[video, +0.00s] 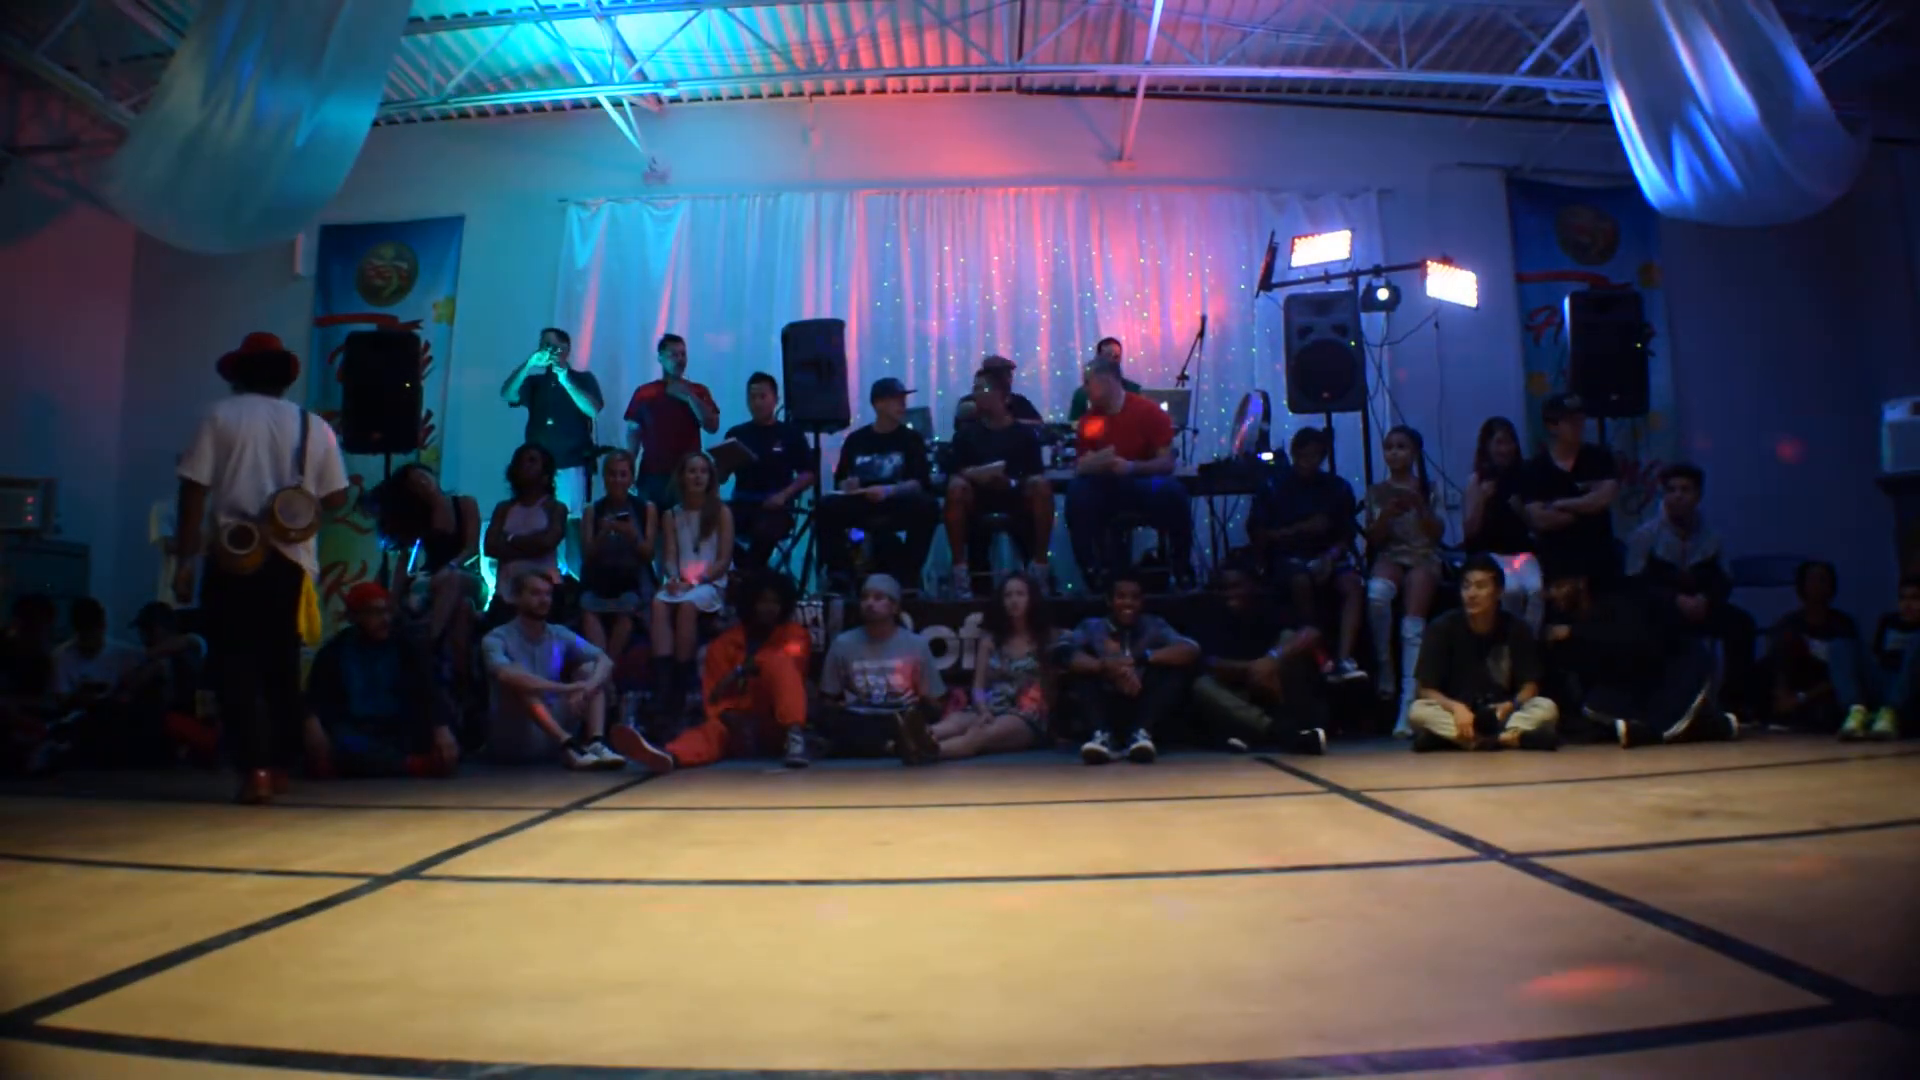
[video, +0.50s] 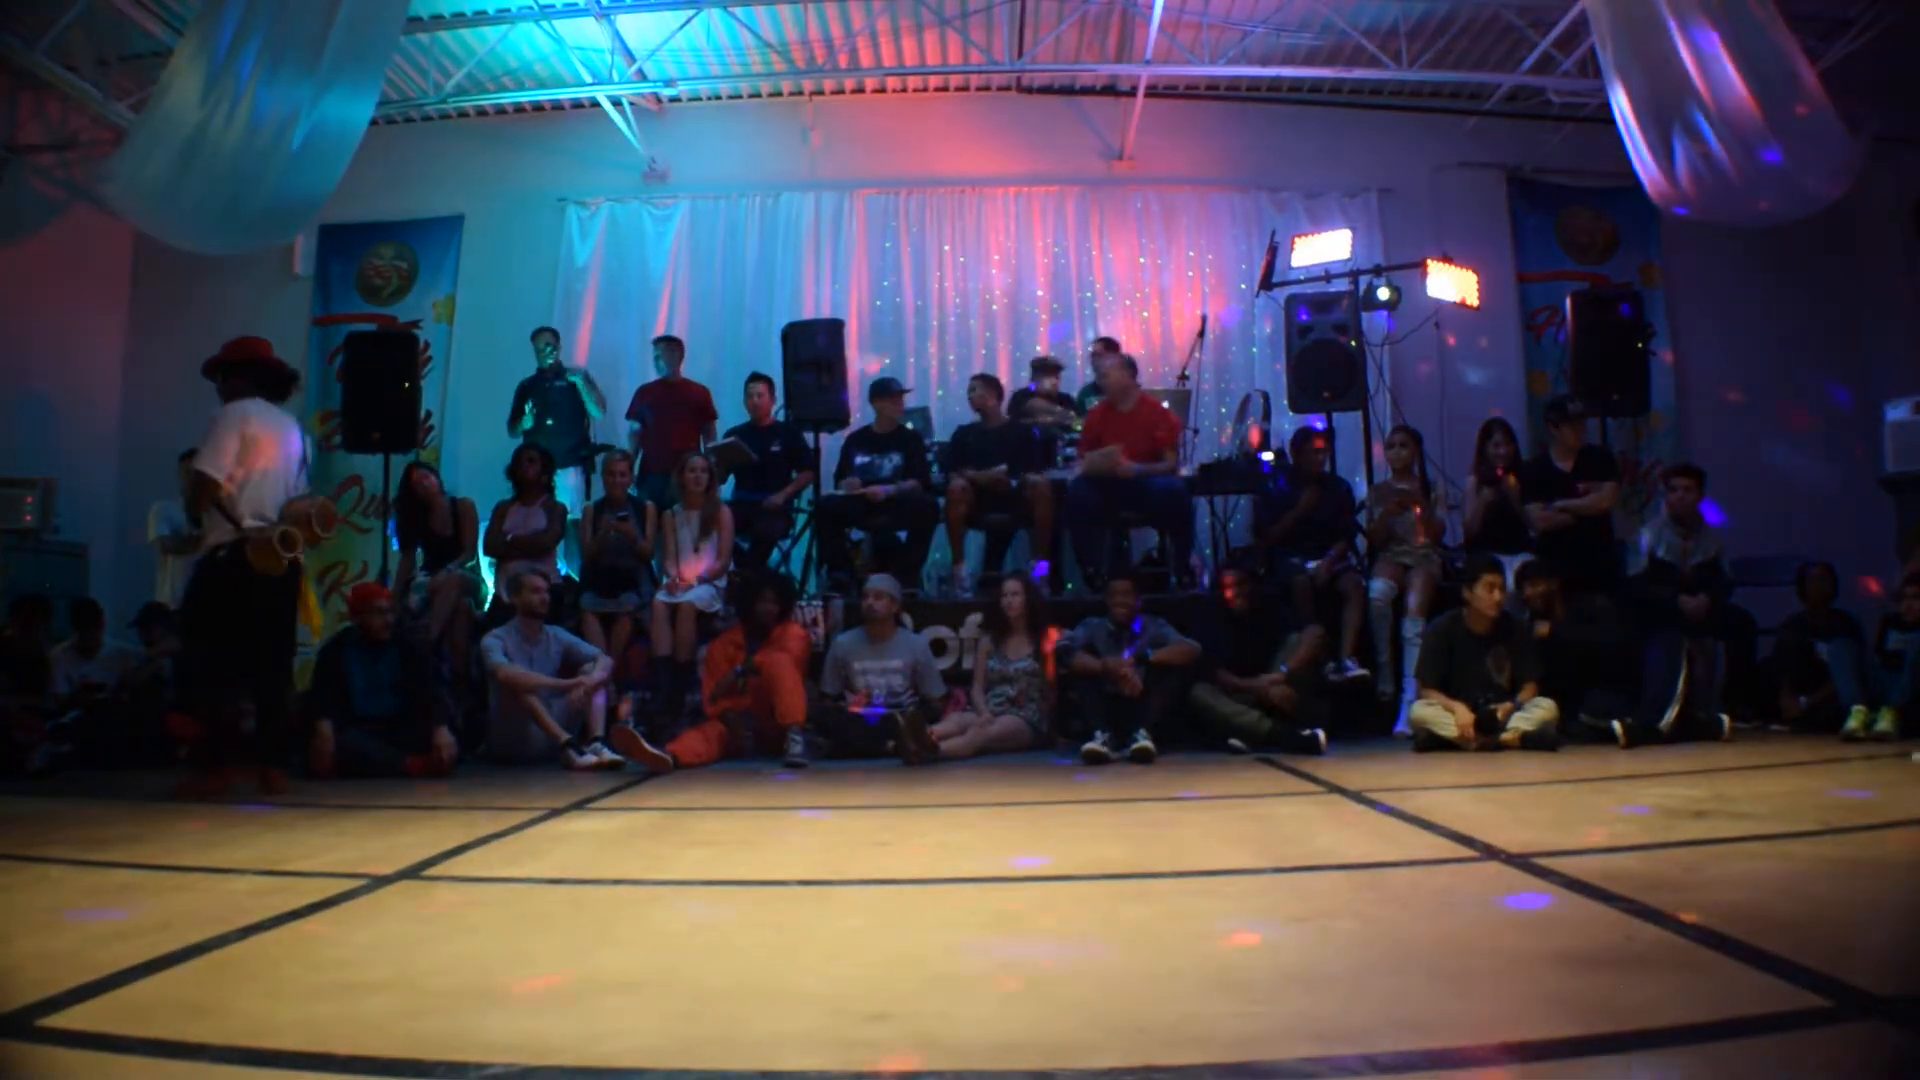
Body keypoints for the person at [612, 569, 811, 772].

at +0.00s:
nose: (768, 609)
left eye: (775, 603)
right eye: (762, 602)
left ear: (784, 607)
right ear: (749, 604)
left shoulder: (793, 634)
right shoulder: (724, 645)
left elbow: (790, 662)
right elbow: (713, 703)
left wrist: (756, 665)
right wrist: (735, 676)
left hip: (775, 718)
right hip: (737, 721)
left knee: (779, 661)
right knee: (709, 734)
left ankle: (795, 737)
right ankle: (670, 756)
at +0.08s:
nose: (768, 609)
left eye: (775, 603)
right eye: (762, 602)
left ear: (784, 607)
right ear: (749, 604)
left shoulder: (793, 634)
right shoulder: (724, 645)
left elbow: (790, 666)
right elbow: (714, 703)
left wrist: (756, 665)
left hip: (775, 718)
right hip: (738, 721)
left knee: (779, 661)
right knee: (711, 733)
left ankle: (794, 738)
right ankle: (671, 756)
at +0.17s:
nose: (768, 609)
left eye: (774, 603)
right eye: (762, 602)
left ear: (784, 607)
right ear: (749, 605)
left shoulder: (793, 634)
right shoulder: (724, 645)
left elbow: (787, 669)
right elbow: (714, 705)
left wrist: (751, 666)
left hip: (774, 717)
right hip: (738, 720)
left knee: (780, 661)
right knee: (711, 734)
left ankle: (794, 739)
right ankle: (670, 755)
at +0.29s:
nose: (768, 609)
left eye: (775, 603)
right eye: (762, 602)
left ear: (784, 607)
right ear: (749, 605)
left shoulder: (793, 634)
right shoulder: (723, 645)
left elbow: (786, 665)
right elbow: (713, 705)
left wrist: (753, 666)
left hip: (774, 717)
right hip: (737, 720)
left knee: (779, 661)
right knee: (709, 735)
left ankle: (794, 737)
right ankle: (670, 755)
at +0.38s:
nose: (769, 609)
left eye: (775, 603)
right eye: (762, 602)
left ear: (784, 607)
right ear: (749, 605)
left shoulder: (793, 634)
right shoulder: (723, 645)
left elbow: (788, 663)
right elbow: (713, 706)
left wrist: (753, 666)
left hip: (775, 718)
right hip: (738, 722)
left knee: (779, 661)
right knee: (710, 734)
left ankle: (794, 737)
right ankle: (670, 756)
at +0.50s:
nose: (768, 609)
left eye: (774, 603)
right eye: (762, 602)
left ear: (783, 607)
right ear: (748, 605)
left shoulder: (792, 634)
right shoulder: (723, 645)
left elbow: (785, 664)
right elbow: (713, 704)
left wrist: (752, 667)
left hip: (774, 716)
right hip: (737, 720)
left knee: (778, 661)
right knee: (709, 735)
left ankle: (795, 738)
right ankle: (670, 756)